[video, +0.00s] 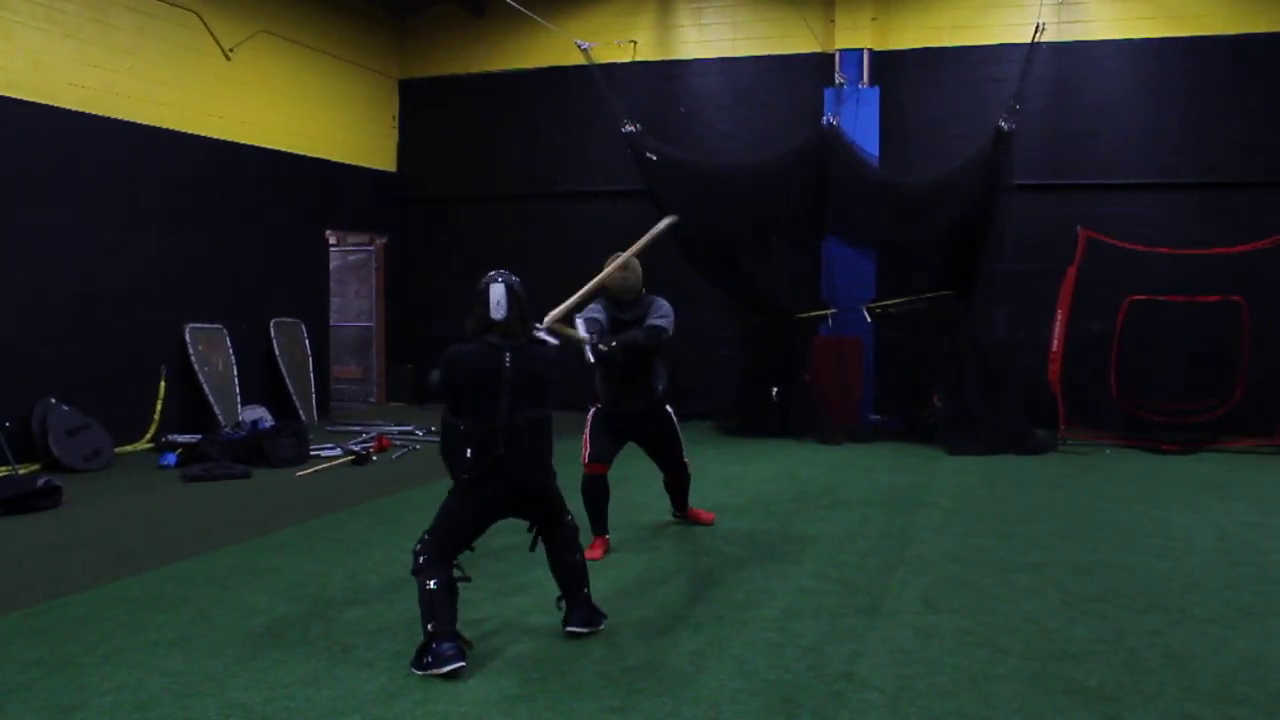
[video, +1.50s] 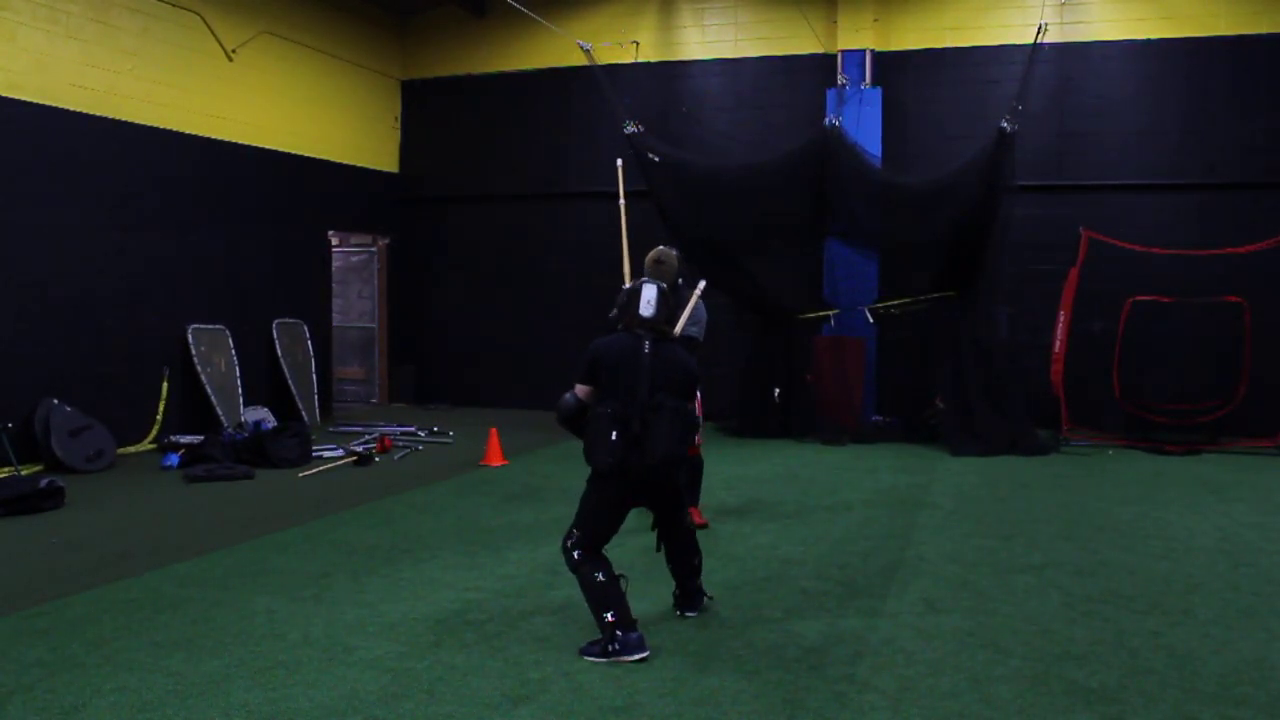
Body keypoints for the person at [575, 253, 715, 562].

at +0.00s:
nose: (625, 271)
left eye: (629, 266)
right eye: (617, 268)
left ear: (639, 277)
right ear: (605, 282)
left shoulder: (657, 306)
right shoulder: (595, 311)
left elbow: (657, 334)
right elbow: (589, 332)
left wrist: (617, 344)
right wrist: (597, 343)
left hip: (651, 407)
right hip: (609, 410)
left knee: (677, 468)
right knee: (593, 474)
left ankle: (682, 510)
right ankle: (599, 536)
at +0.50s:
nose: (649, 277)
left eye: (654, 272)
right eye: (645, 272)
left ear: (665, 275)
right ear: (636, 276)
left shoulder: (687, 307)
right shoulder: (623, 309)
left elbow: (696, 350)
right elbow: (601, 353)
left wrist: (651, 358)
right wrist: (616, 339)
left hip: (678, 401)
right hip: (634, 402)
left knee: (695, 472)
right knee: (616, 469)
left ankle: (697, 510)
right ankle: (603, 531)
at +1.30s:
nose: (665, 286)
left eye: (671, 280)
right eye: (661, 280)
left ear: (681, 282)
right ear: (652, 283)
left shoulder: (696, 312)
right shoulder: (644, 308)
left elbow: (688, 355)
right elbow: (627, 350)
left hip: (688, 392)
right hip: (650, 391)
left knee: (698, 447)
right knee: (643, 446)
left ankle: (696, 509)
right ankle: (635, 494)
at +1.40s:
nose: (659, 276)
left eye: (665, 270)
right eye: (655, 270)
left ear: (678, 276)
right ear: (648, 275)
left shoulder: (694, 307)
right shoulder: (642, 302)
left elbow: (683, 354)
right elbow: (629, 339)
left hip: (685, 386)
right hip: (646, 386)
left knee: (694, 445)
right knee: (649, 447)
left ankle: (696, 508)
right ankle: (653, 507)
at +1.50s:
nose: (659, 277)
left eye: (664, 272)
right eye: (655, 272)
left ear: (674, 274)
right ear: (650, 273)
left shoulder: (691, 302)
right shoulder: (633, 295)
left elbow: (690, 341)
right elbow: (616, 329)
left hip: (682, 382)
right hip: (643, 380)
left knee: (689, 441)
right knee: (643, 439)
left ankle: (691, 504)